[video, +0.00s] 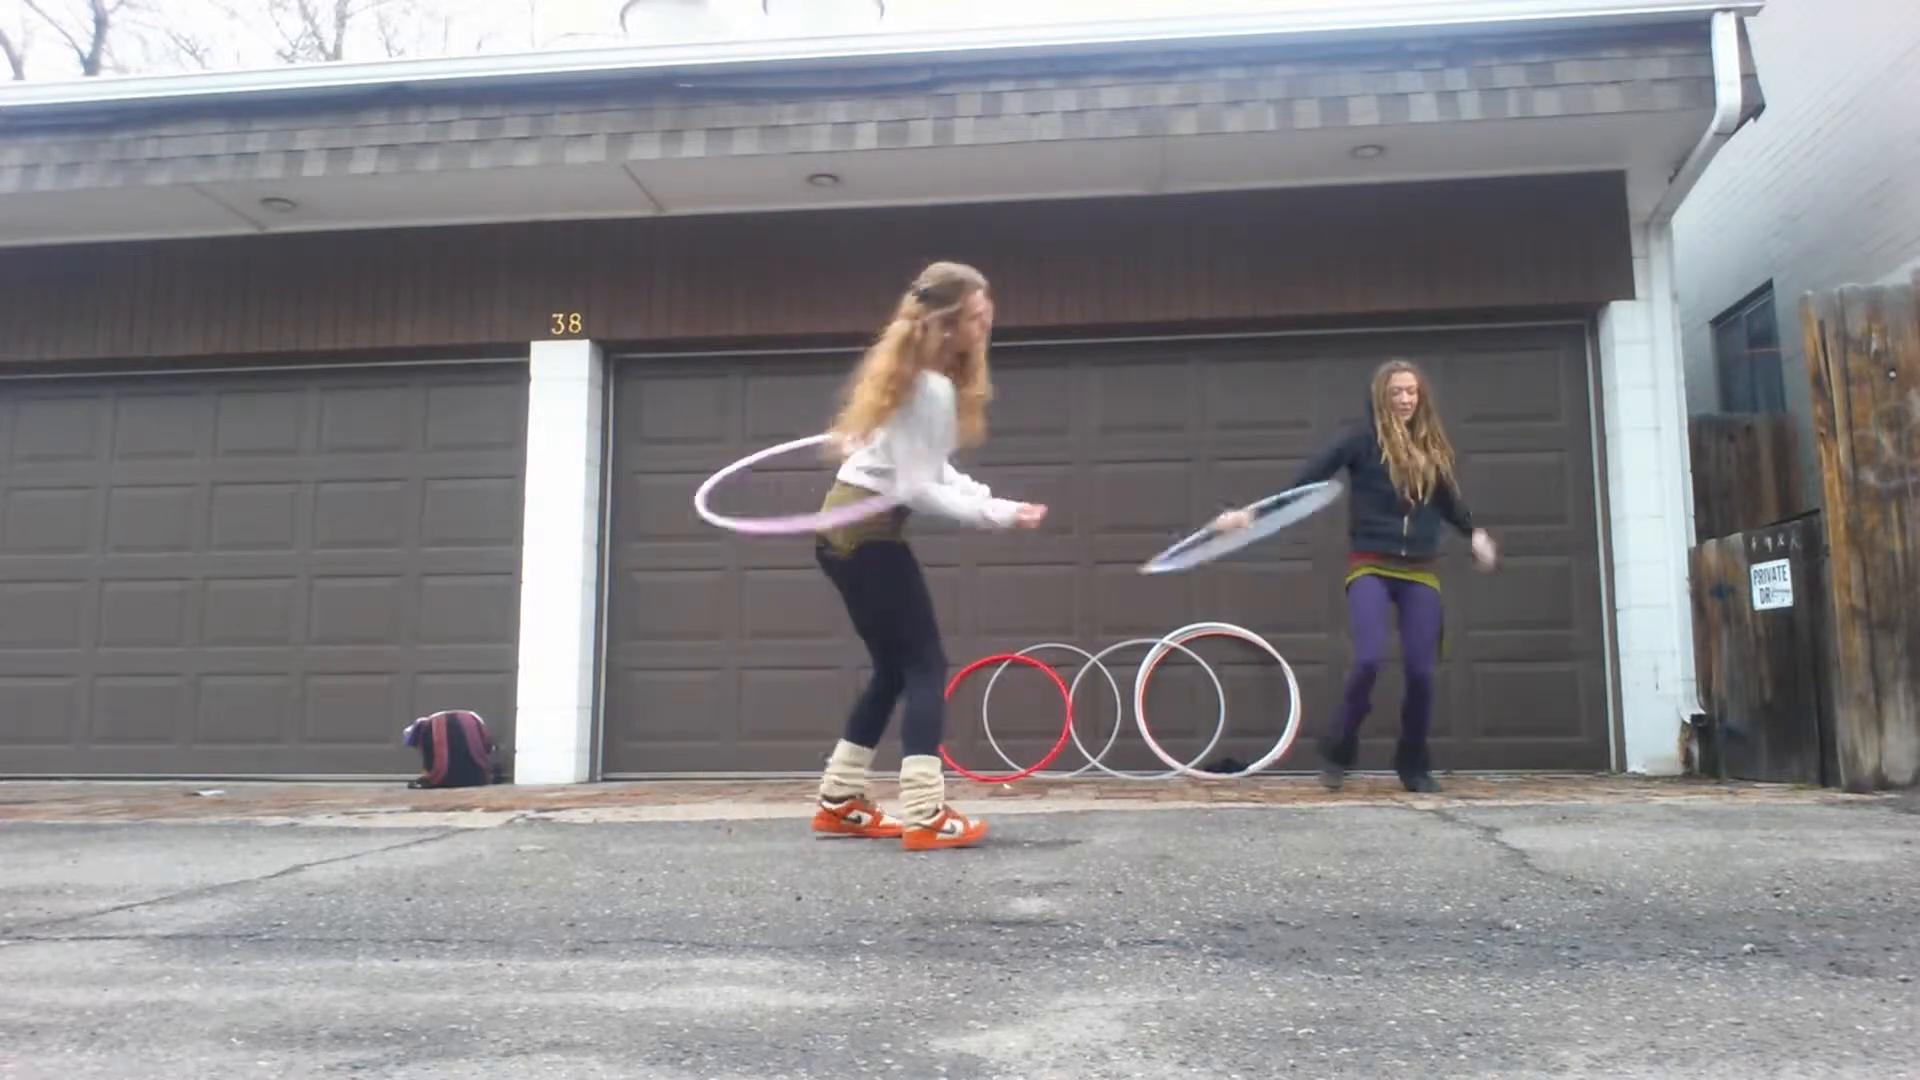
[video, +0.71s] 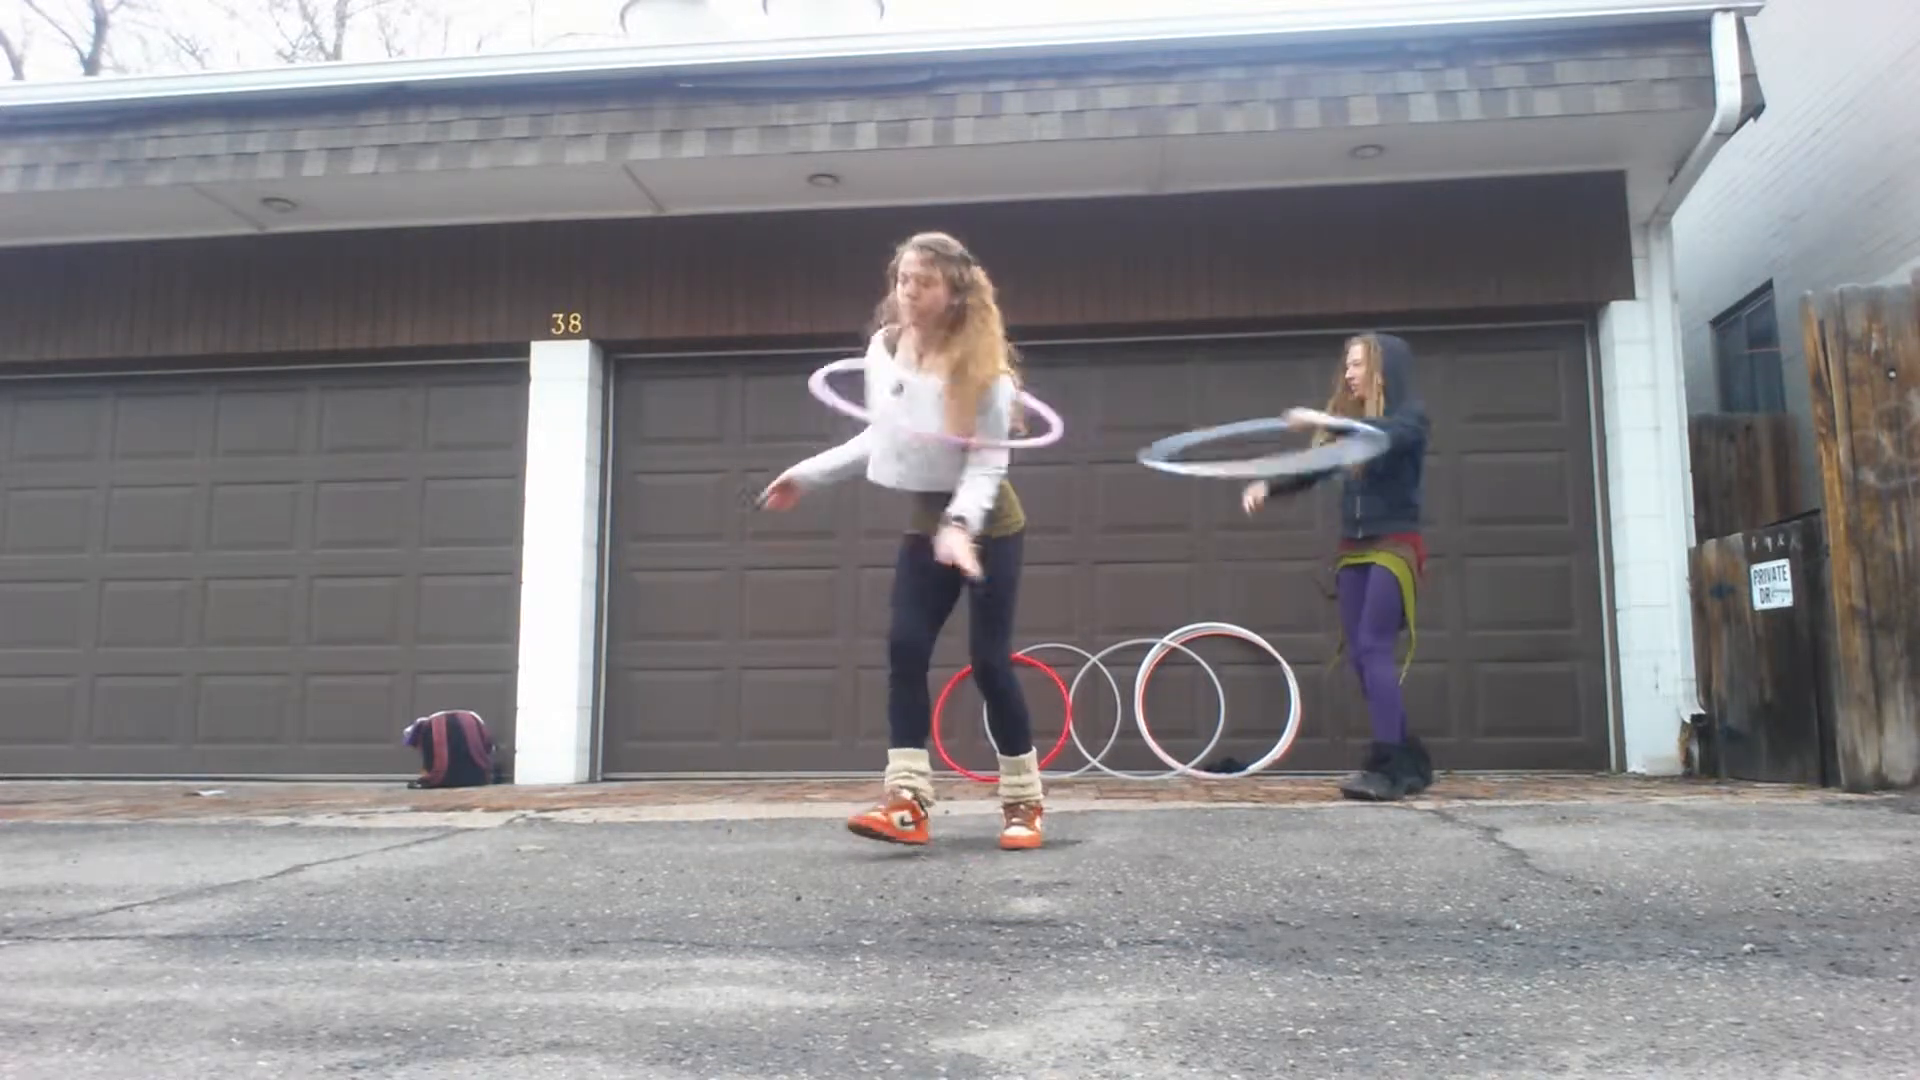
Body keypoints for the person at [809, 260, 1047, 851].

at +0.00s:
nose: (987, 328)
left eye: (987, 317)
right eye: (979, 319)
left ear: (944, 323)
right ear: (945, 325)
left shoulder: (912, 381)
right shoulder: (931, 387)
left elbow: (934, 472)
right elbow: (917, 487)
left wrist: (996, 505)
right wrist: (1000, 514)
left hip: (845, 532)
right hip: (872, 535)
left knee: (892, 668)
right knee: (927, 665)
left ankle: (839, 800)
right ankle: (924, 814)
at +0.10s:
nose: (994, 306)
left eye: (993, 296)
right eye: (991, 296)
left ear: (929, 292)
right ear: (975, 300)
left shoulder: (881, 342)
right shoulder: (970, 375)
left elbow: (855, 432)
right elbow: (959, 480)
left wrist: (956, 463)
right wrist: (1004, 515)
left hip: (841, 518)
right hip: (902, 525)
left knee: (880, 654)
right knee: (936, 667)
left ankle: (833, 780)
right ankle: (925, 812)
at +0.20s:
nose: (994, 297)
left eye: (994, 287)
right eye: (992, 287)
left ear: (926, 278)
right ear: (976, 289)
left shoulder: (870, 330)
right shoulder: (987, 361)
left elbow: (856, 418)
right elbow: (976, 453)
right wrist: (982, 500)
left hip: (864, 503)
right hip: (936, 508)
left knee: (858, 643)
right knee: (934, 657)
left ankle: (866, 749)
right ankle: (922, 814)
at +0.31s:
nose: (903, 261)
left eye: (912, 254)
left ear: (917, 267)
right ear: (979, 281)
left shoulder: (877, 331)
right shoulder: (989, 355)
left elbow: (843, 421)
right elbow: (980, 450)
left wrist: (813, 449)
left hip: (888, 508)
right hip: (955, 512)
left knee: (862, 652)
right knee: (915, 654)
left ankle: (938, 743)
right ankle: (905, 807)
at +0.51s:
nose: (897, 280)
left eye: (908, 269)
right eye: (899, 267)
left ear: (941, 277)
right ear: (948, 277)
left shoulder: (937, 354)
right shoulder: (962, 346)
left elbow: (894, 452)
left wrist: (799, 479)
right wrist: (889, 381)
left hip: (948, 526)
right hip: (943, 524)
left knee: (941, 663)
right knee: (907, 664)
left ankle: (1016, 796)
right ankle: (908, 814)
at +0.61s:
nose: (904, 284)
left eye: (917, 274)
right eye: (902, 272)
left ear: (952, 279)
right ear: (901, 277)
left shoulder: (970, 354)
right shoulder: (915, 346)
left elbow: (958, 456)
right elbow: (912, 428)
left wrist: (883, 503)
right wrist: (857, 443)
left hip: (980, 525)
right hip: (934, 527)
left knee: (983, 667)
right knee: (890, 660)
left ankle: (1022, 803)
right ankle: (911, 808)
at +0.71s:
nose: (910, 293)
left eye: (924, 283)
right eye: (904, 281)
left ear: (956, 294)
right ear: (894, 287)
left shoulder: (982, 370)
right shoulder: (885, 348)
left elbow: (990, 458)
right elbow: (882, 438)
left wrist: (960, 522)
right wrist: (807, 474)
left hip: (990, 519)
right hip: (931, 516)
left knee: (990, 662)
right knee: (906, 647)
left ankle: (1022, 802)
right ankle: (909, 800)